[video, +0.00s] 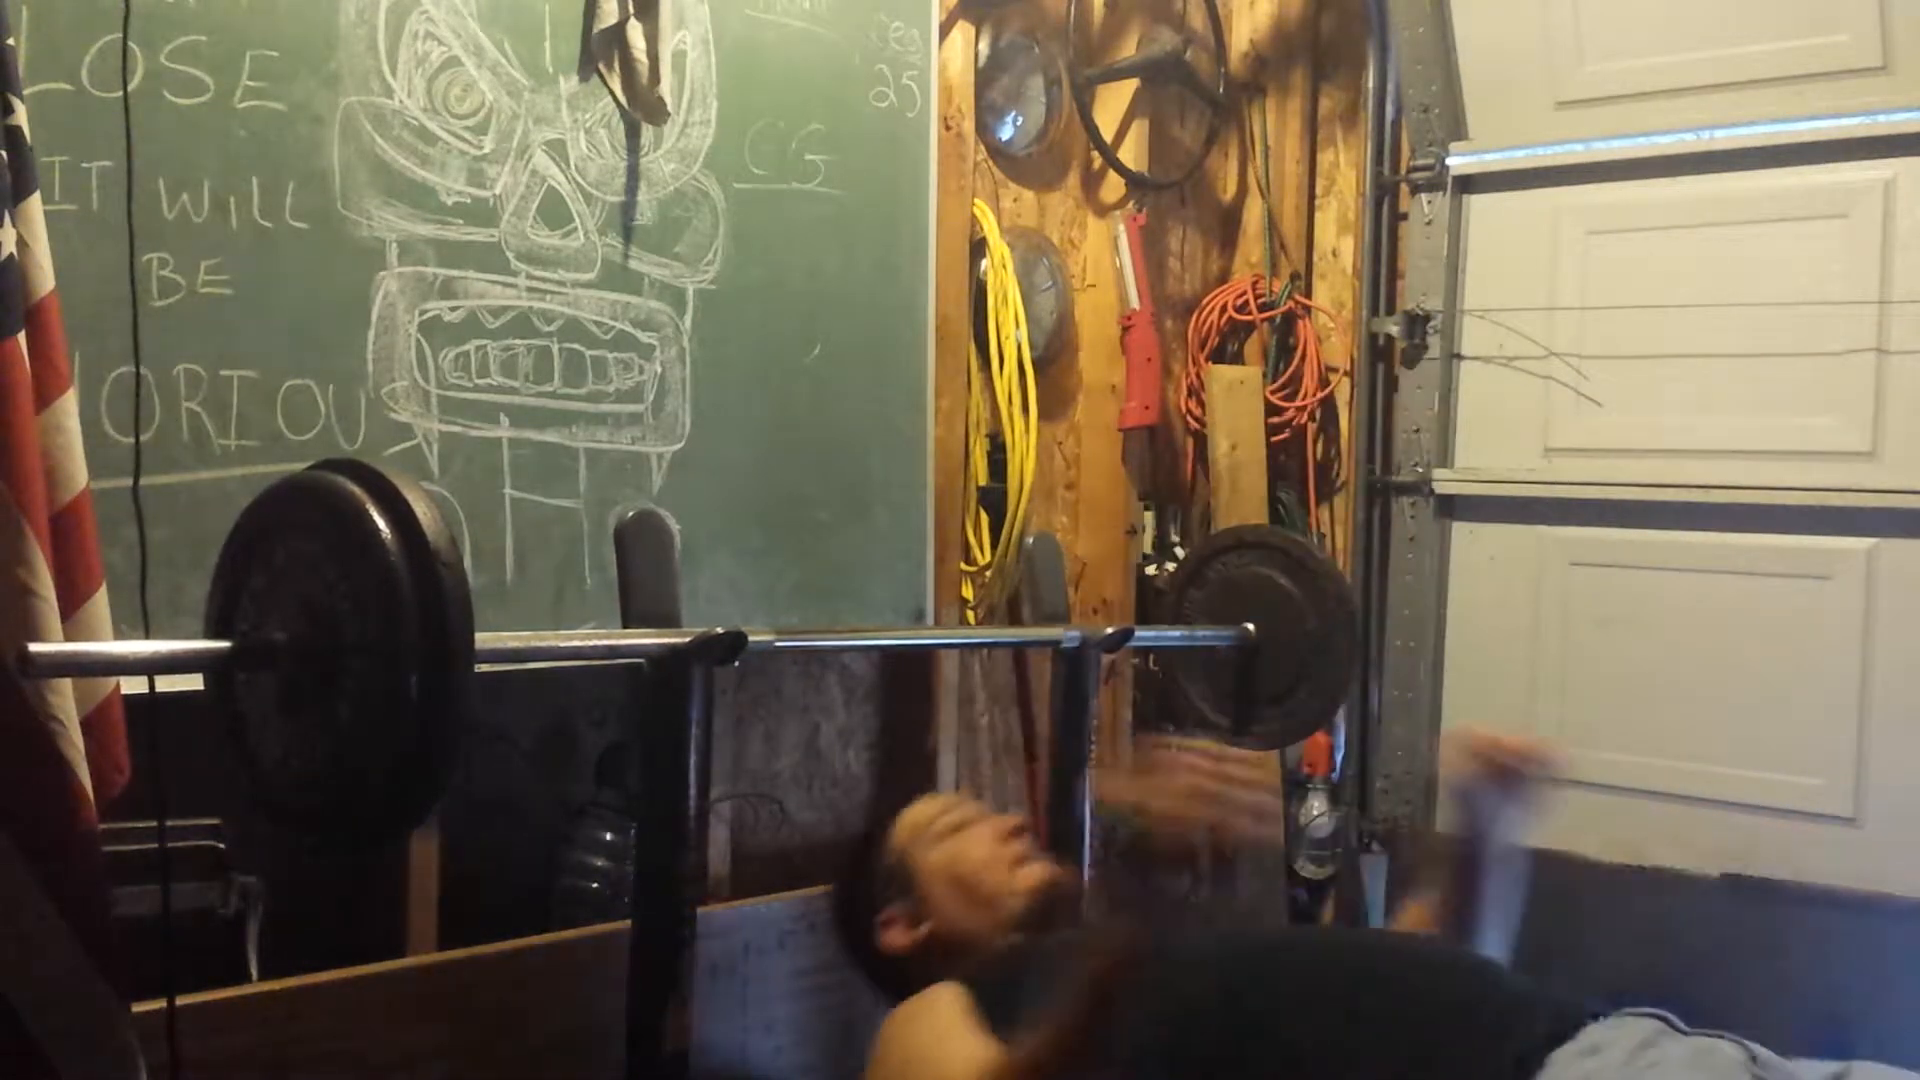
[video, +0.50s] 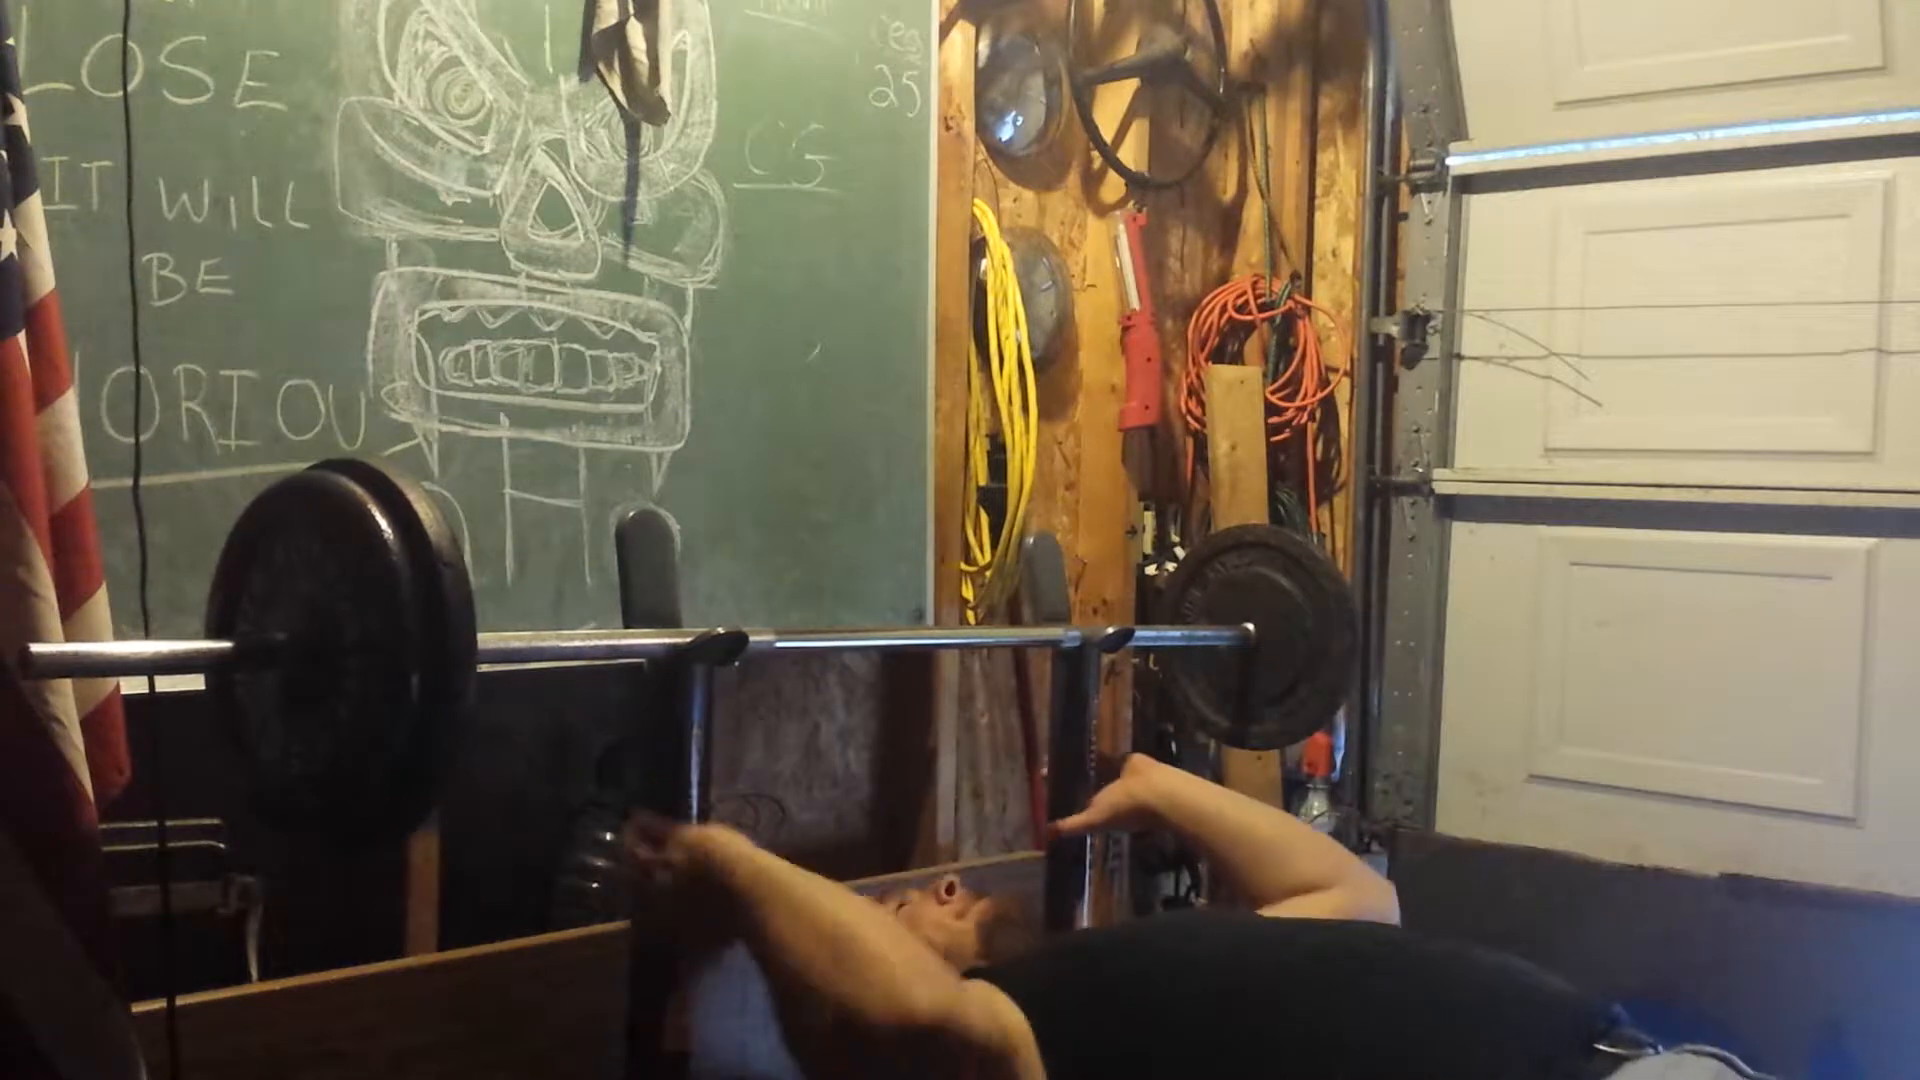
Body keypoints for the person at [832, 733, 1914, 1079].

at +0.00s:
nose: (1015, 833)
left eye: (1006, 822)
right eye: (969, 833)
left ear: (1036, 852)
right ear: (905, 931)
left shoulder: (1135, 960)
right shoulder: (947, 1016)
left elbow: (1419, 986)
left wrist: (1480, 829)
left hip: (1587, 1040)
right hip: (1537, 1064)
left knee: (1861, 1068)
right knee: (1848, 1068)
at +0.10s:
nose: (988, 863)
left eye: (980, 848)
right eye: (943, 863)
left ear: (1011, 874)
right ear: (885, 958)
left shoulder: (1126, 969)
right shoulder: (967, 1024)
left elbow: (1386, 996)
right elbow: (921, 1071)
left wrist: (1360, 798)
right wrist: (918, 965)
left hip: (1593, 1039)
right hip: (1547, 1068)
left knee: (1893, 1070)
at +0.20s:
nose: (956, 865)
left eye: (949, 854)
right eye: (916, 887)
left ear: (1004, 870)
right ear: (889, 967)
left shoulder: (1132, 955)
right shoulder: (954, 1019)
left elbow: (1350, 958)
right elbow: (839, 1075)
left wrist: (1256, 778)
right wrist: (757, 889)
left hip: (1574, 1035)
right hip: (1524, 1075)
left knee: (1889, 1064)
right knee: (1871, 1072)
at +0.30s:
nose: (947, 875)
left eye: (934, 864)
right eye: (907, 895)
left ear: (987, 890)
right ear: (889, 976)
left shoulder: (1138, 965)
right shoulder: (950, 1026)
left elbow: (1348, 940)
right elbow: (838, 1069)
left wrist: (1190, 783)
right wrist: (726, 861)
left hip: (1615, 1035)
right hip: (1548, 1075)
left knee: (1891, 1066)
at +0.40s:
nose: (930, 884)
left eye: (923, 875)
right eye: (890, 902)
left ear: (986, 895)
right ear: (878, 972)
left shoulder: (1149, 968)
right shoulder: (975, 1021)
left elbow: (1356, 910)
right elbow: (899, 1063)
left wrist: (1182, 798)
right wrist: (735, 847)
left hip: (1640, 1042)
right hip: (1557, 1077)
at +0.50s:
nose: (937, 890)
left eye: (917, 886)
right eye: (902, 912)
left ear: (966, 904)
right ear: (888, 969)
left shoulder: (1154, 963)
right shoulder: (995, 1031)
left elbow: (1347, 888)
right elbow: (917, 1021)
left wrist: (1155, 787)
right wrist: (729, 862)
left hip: (1627, 1044)